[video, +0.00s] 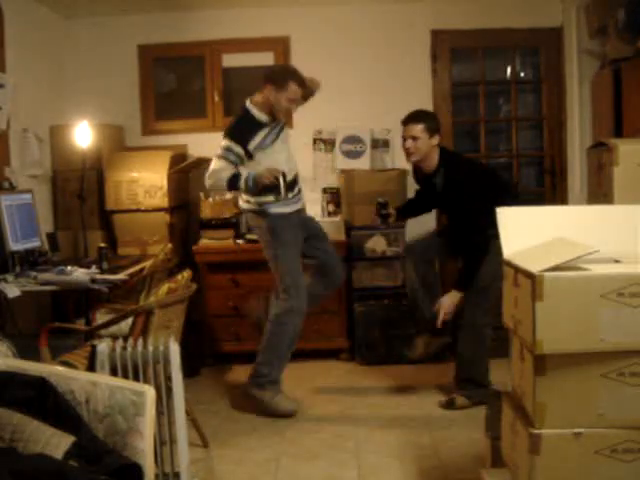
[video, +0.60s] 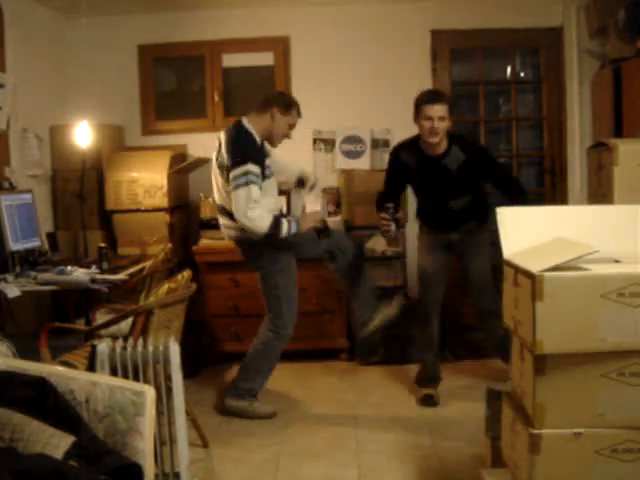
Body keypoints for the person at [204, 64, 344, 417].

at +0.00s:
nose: (291, 109)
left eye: (294, 103)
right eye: (288, 102)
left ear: (281, 96)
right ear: (269, 93)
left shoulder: (273, 114)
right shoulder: (245, 126)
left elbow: (292, 102)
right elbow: (214, 179)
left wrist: (304, 89)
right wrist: (254, 179)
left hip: (297, 214)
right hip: (273, 219)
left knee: (332, 273)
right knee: (292, 298)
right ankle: (263, 385)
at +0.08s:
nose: (296, 121)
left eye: (300, 114)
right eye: (294, 112)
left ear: (284, 106)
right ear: (275, 102)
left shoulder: (272, 127)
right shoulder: (248, 136)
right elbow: (215, 189)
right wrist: (257, 193)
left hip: (293, 221)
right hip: (272, 229)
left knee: (339, 259)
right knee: (288, 312)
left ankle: (270, 274)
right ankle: (256, 390)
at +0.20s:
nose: (301, 139)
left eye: (304, 135)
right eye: (300, 132)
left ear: (284, 120)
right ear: (282, 120)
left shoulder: (273, 138)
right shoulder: (249, 157)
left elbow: (308, 131)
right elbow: (218, 211)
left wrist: (321, 105)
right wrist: (268, 217)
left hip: (283, 226)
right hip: (265, 241)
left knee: (337, 224)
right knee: (295, 319)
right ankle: (254, 392)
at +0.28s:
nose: (300, 137)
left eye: (303, 131)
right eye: (299, 130)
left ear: (284, 119)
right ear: (282, 119)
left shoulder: (269, 134)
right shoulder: (250, 151)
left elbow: (304, 133)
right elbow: (221, 207)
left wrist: (325, 109)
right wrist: (269, 219)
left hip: (280, 225)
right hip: (262, 239)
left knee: (335, 222)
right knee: (292, 318)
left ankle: (339, 299)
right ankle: (254, 393)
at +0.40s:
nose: (291, 112)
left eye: (293, 105)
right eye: (291, 104)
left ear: (276, 92)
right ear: (277, 92)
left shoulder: (254, 114)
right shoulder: (249, 127)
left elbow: (301, 118)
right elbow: (233, 189)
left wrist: (349, 117)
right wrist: (276, 216)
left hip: (257, 210)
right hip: (253, 216)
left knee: (270, 303)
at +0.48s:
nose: (289, 114)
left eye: (291, 108)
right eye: (289, 106)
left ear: (272, 93)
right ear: (274, 93)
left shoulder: (248, 116)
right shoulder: (247, 126)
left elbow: (293, 128)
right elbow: (240, 190)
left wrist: (338, 138)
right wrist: (282, 221)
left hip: (263, 213)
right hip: (255, 220)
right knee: (278, 304)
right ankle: (242, 388)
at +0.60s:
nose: (288, 135)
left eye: (291, 129)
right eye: (289, 126)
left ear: (272, 114)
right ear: (273, 113)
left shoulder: (246, 136)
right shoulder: (244, 149)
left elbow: (269, 170)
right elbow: (249, 215)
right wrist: (297, 224)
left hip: (270, 234)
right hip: (261, 242)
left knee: (339, 242)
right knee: (281, 323)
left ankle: (367, 315)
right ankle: (239, 395)